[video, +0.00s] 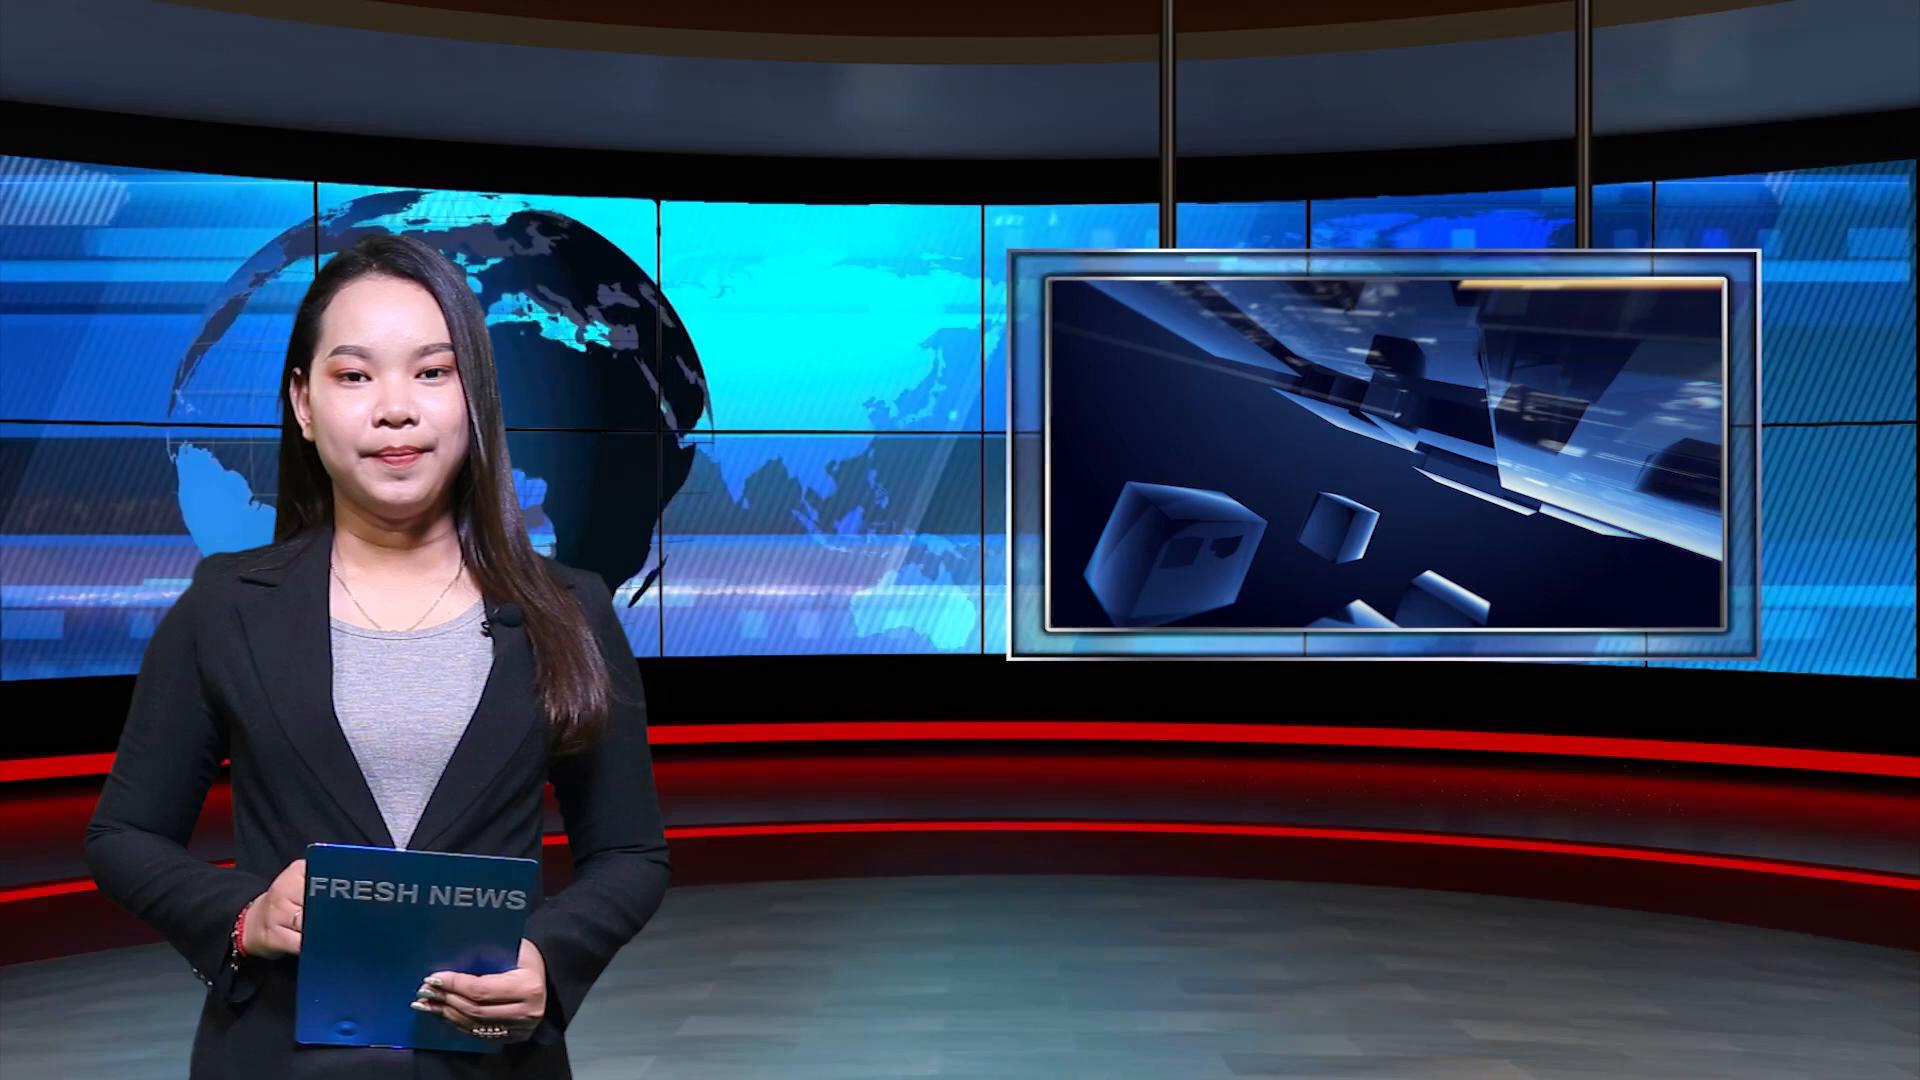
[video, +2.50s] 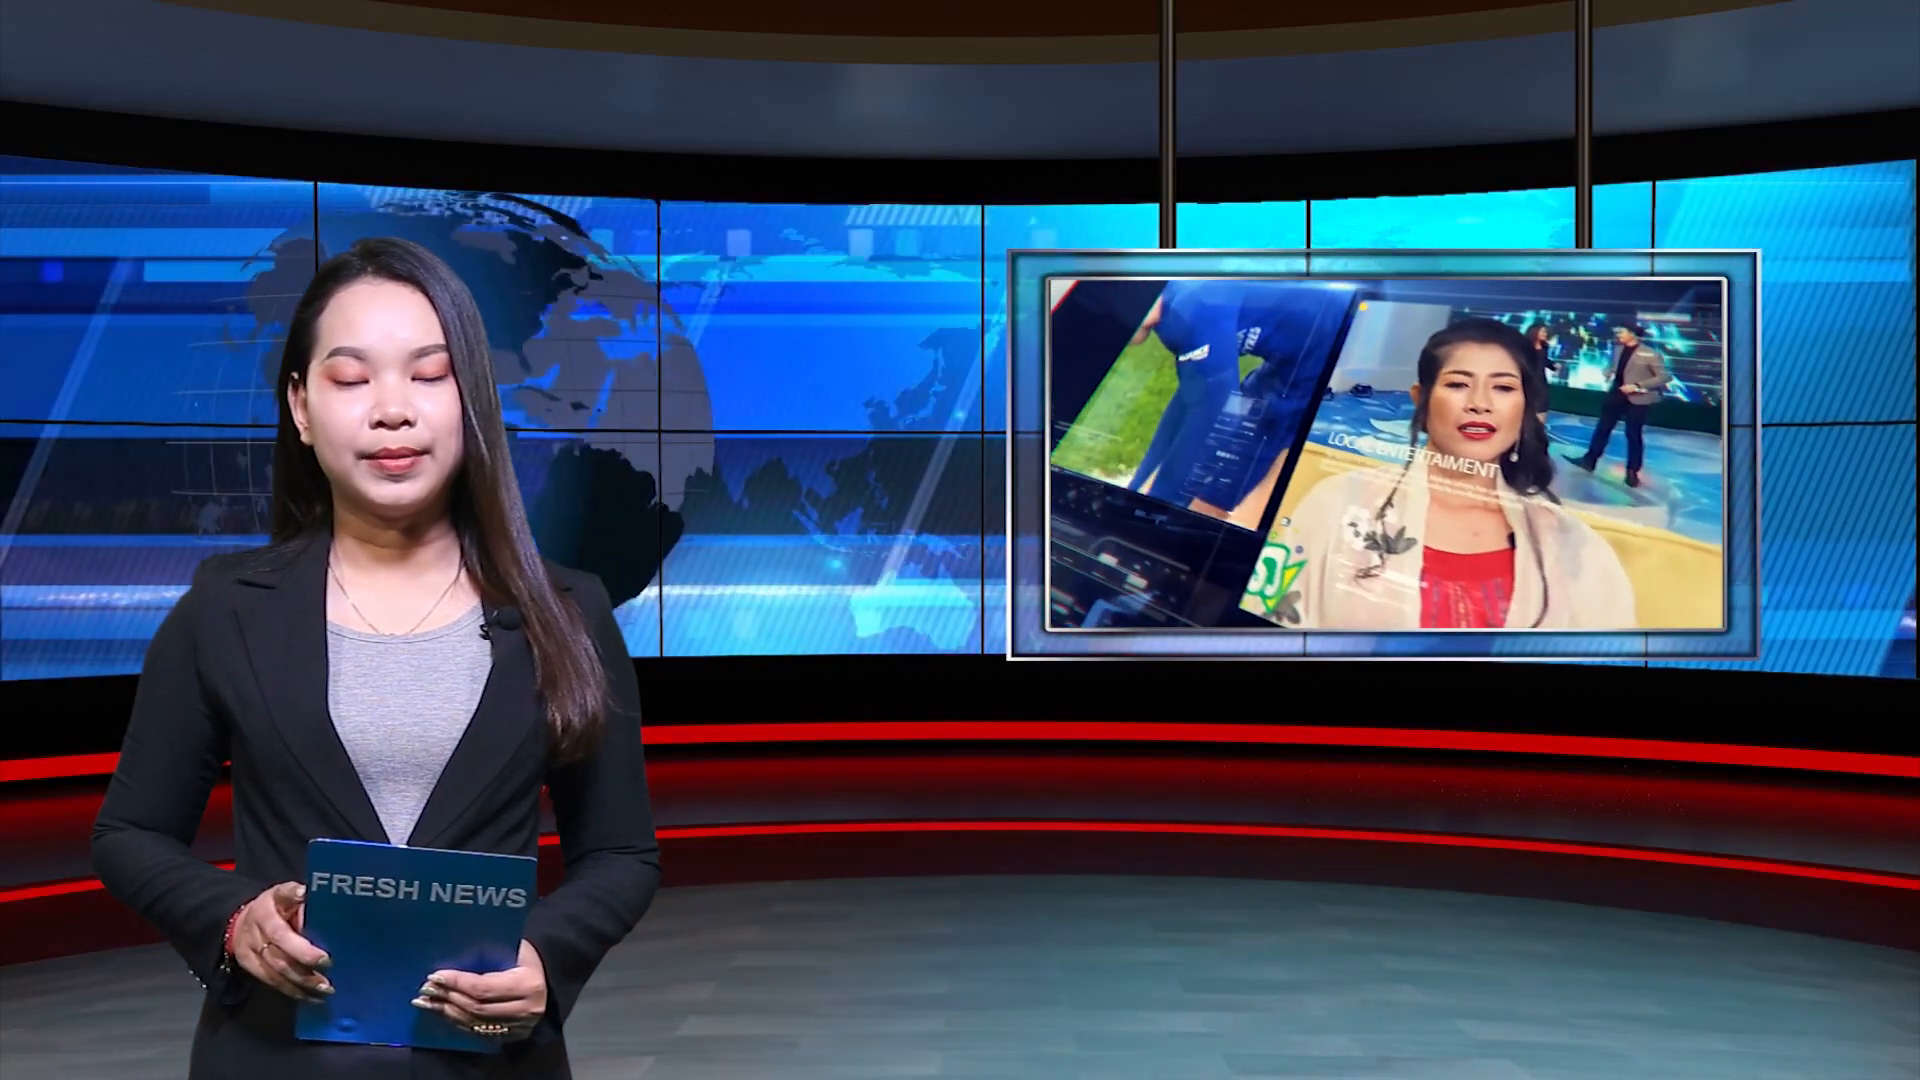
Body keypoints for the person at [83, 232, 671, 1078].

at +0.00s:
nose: (395, 408)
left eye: (430, 371)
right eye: (353, 374)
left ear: (474, 398)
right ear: (303, 404)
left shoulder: (566, 611)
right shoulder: (226, 607)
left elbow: (630, 855)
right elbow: (124, 837)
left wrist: (545, 962)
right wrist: (244, 912)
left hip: (493, 1049)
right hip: (277, 1051)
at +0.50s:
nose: (397, 404)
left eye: (431, 369)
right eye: (354, 373)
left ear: (476, 396)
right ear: (304, 405)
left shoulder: (568, 613)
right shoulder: (227, 608)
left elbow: (629, 856)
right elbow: (126, 836)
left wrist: (544, 964)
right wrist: (241, 911)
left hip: (493, 1050)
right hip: (276, 1053)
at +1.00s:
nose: (396, 407)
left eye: (430, 371)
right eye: (354, 375)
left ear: (472, 398)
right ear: (301, 406)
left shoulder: (563, 612)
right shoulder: (224, 609)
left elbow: (625, 856)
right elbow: (124, 833)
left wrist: (540, 962)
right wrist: (232, 907)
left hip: (490, 1048)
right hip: (274, 1052)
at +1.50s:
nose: (401, 407)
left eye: (435, 372)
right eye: (358, 375)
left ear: (474, 400)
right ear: (302, 405)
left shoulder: (563, 612)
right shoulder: (223, 614)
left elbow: (626, 855)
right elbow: (126, 832)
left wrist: (539, 960)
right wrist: (227, 917)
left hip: (490, 1051)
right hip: (274, 1055)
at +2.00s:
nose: (387, 405)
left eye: (422, 370)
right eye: (344, 374)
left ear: (469, 395)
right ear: (298, 407)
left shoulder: (561, 612)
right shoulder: (224, 612)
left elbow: (620, 854)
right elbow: (130, 835)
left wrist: (539, 960)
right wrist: (227, 915)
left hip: (489, 1051)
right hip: (275, 1054)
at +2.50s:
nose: (393, 410)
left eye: (427, 374)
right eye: (351, 377)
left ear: (470, 400)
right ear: (301, 408)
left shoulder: (564, 615)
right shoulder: (226, 612)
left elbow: (620, 855)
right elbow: (129, 835)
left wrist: (543, 960)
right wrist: (229, 916)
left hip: (491, 1051)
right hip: (276, 1054)